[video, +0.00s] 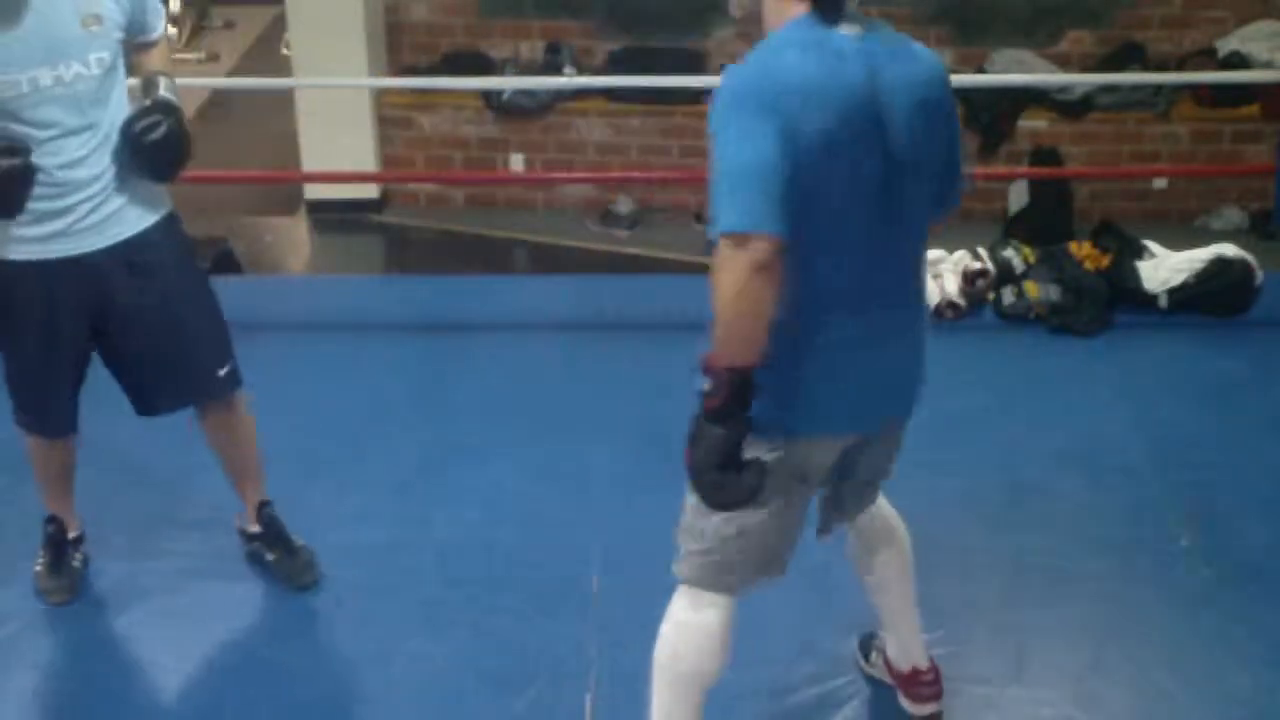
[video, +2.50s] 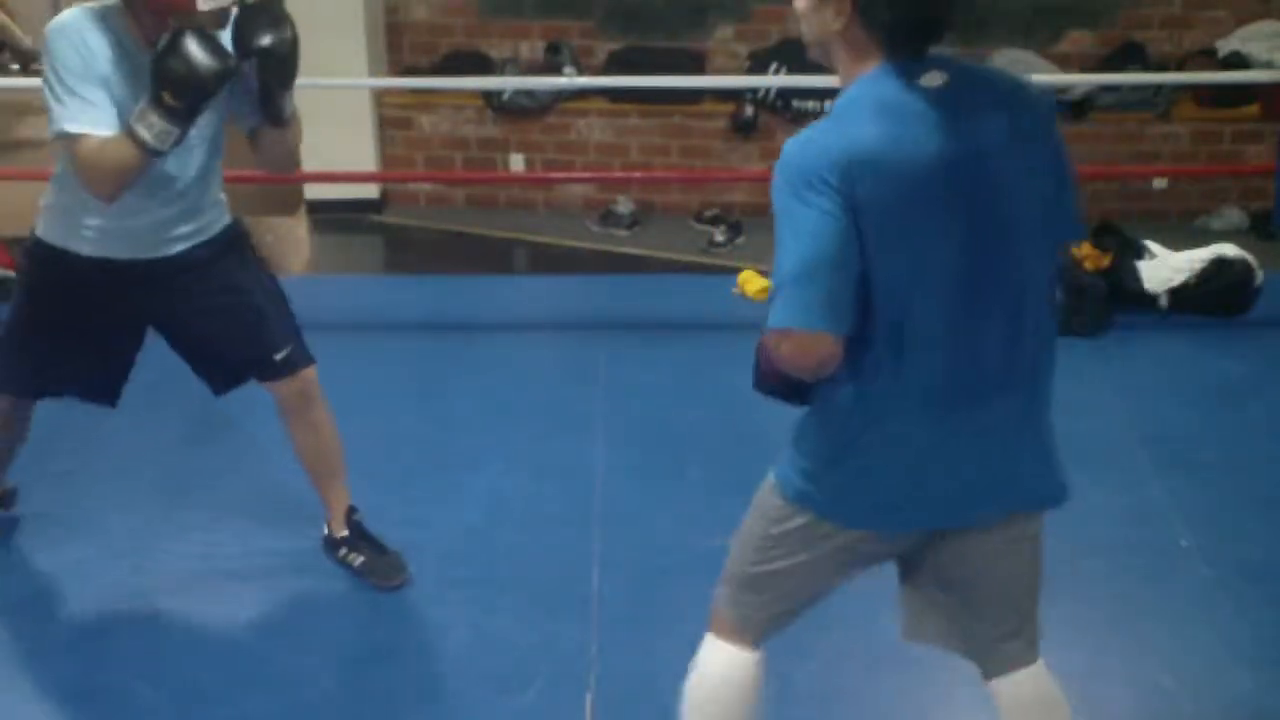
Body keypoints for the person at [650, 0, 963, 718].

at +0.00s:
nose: (740, 8)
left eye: (744, 1)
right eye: (743, 3)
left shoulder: (756, 84)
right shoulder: (918, 68)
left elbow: (753, 251)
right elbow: (940, 202)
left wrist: (722, 405)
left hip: (781, 391)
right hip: (888, 375)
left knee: (706, 584)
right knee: (861, 498)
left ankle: (672, 709)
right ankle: (912, 665)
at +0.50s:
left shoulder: (926, 62)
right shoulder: (1013, 27)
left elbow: (919, 225)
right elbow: (1039, 149)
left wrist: (836, 283)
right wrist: (893, 179)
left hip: (963, 347)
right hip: (1017, 323)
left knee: (970, 534)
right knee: (999, 496)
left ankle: (1093, 683)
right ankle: (1038, 632)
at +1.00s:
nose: (835, 8)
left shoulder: (877, 74)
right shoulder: (978, 29)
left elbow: (882, 230)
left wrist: (797, 246)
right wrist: (848, 173)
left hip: (899, 334)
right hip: (992, 318)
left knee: (778, 503)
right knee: (968, 469)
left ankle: (693, 684)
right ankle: (1027, 616)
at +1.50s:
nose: (699, 6)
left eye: (700, 2)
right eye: (700, 2)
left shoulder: (717, 91)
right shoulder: (886, 35)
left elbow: (705, 260)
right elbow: (945, 154)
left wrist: (671, 301)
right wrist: (880, 211)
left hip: (784, 375)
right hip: (903, 360)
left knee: (707, 541)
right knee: (933, 522)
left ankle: (678, 702)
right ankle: (1007, 702)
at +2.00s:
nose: (877, 10)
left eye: (880, 4)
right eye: (882, 7)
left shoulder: (885, 80)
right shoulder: (1070, 59)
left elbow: (872, 265)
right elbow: (1114, 198)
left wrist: (819, 247)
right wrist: (1016, 218)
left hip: (919, 416)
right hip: (1047, 410)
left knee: (832, 596)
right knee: (1023, 620)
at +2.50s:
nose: (793, 8)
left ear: (841, 12)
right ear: (926, 11)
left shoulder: (823, 153)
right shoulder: (1020, 109)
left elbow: (813, 346)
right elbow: (1055, 262)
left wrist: (776, 349)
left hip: (860, 470)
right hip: (1004, 461)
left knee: (735, 630)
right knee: (1016, 662)